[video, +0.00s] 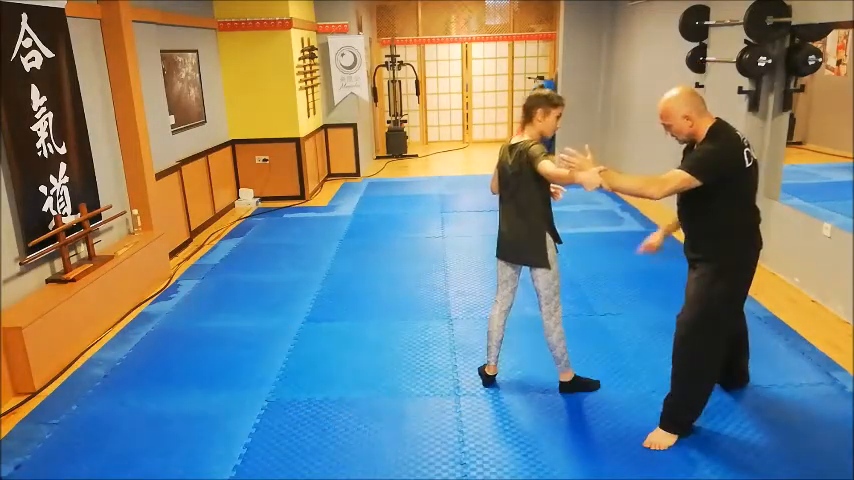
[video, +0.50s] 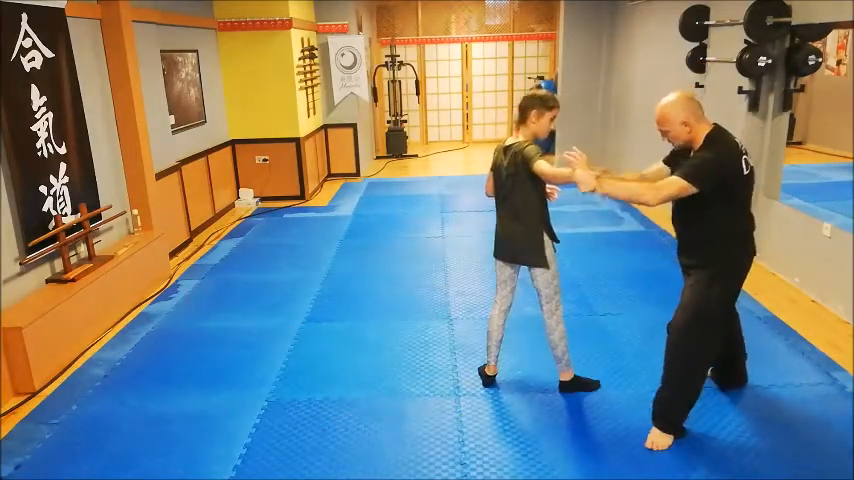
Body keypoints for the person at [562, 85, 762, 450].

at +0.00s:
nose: (668, 133)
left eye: (670, 125)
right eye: (666, 126)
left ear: (690, 117)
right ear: (690, 117)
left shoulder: (717, 150)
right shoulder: (717, 139)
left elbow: (657, 188)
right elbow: (704, 202)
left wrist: (601, 177)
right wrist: (665, 231)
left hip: (723, 258)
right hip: (719, 249)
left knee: (693, 331)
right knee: (725, 313)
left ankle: (676, 422)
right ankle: (732, 373)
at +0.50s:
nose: (663, 137)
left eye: (666, 130)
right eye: (662, 131)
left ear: (689, 123)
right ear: (686, 124)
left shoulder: (716, 156)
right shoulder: (692, 148)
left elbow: (654, 195)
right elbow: (646, 179)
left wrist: (597, 184)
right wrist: (596, 174)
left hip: (721, 264)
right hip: (700, 258)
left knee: (685, 331)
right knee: (719, 315)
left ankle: (668, 422)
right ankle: (731, 373)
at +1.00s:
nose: (643, 139)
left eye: (646, 132)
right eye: (641, 133)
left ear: (669, 125)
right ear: (668, 124)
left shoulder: (700, 158)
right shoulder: (673, 148)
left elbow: (632, 205)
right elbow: (619, 174)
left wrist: (576, 196)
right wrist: (567, 175)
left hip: (705, 273)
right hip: (670, 260)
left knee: (674, 344)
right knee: (642, 317)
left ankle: (669, 425)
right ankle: (667, 379)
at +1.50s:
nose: (597, 152)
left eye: (600, 146)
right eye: (594, 147)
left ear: (623, 138)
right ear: (619, 137)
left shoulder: (657, 168)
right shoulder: (621, 158)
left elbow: (598, 225)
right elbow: (583, 192)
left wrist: (545, 222)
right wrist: (537, 206)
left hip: (671, 270)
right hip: (631, 261)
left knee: (663, 346)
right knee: (594, 324)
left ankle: (666, 425)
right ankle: (571, 396)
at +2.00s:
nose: (525, 241)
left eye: (529, 235)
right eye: (522, 235)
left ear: (552, 226)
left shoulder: (589, 229)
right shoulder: (544, 224)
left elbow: (553, 292)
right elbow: (519, 278)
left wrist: (509, 327)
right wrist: (486, 322)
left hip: (645, 270)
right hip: (598, 270)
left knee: (643, 345)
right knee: (559, 320)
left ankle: (662, 425)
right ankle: (564, 398)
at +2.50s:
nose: (570, 213)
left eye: (576, 207)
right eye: (566, 207)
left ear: (601, 199)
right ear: (563, 197)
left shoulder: (641, 195)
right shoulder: (565, 212)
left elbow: (673, 255)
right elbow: (593, 269)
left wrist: (683, 313)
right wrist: (623, 319)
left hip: (644, 267)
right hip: (596, 265)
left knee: (658, 337)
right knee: (563, 318)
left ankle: (665, 422)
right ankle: (564, 398)